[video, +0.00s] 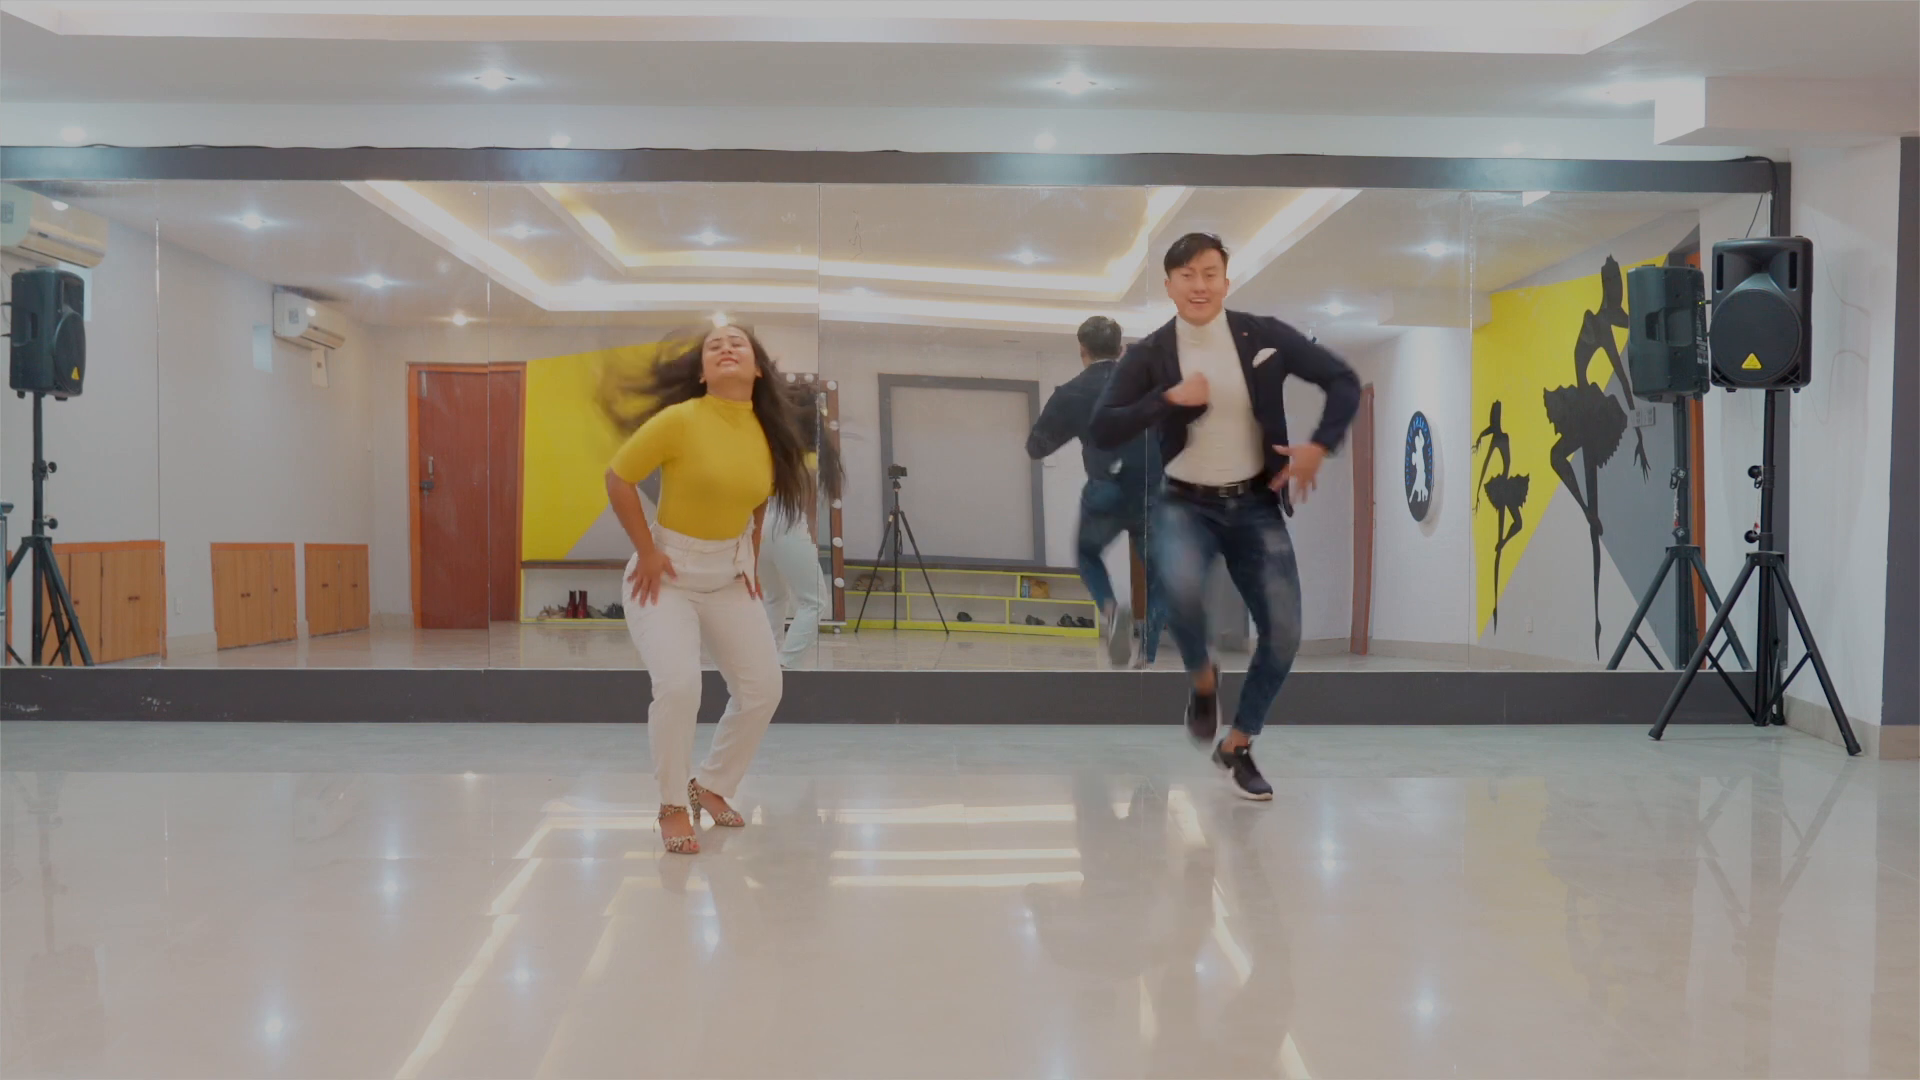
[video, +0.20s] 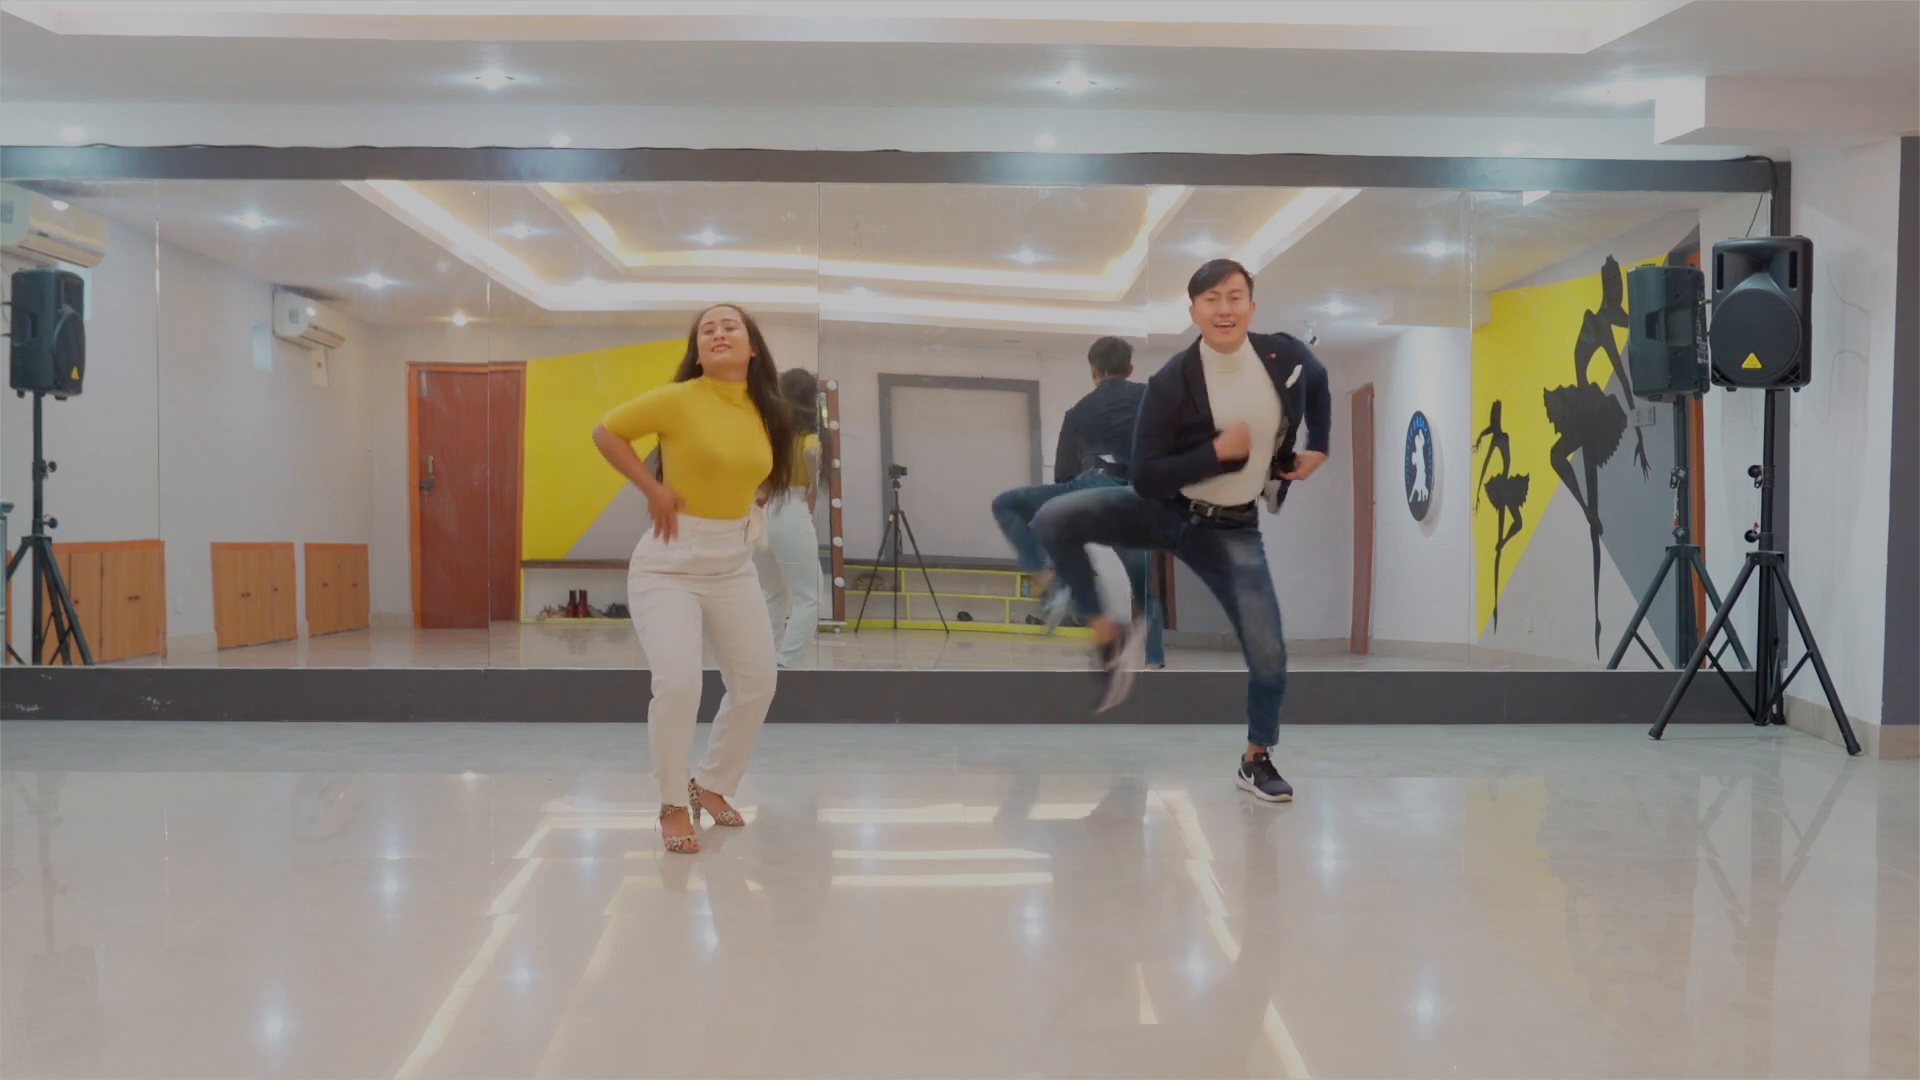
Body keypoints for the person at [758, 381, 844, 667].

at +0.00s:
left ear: (784, 421)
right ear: (814, 423)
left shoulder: (774, 447)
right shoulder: (814, 452)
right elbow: (812, 499)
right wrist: (813, 537)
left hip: (759, 524)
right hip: (789, 526)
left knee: (772, 599)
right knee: (813, 602)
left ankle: (766, 660)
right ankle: (785, 664)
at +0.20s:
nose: (818, 402)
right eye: (815, 395)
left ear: (780, 398)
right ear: (811, 400)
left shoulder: (768, 431)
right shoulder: (808, 433)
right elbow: (811, 455)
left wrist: (762, 494)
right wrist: (812, 493)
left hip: (759, 513)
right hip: (791, 514)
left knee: (773, 594)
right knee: (806, 596)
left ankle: (765, 659)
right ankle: (786, 665)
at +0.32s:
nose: (816, 396)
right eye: (815, 390)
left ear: (780, 391)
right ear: (812, 394)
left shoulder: (767, 428)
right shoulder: (814, 434)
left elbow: (760, 473)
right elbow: (816, 482)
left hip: (760, 502)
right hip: (794, 506)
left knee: (772, 590)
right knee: (805, 593)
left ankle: (768, 655)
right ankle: (785, 660)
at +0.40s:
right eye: (814, 385)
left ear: (781, 387)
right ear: (813, 388)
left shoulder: (767, 422)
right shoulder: (818, 428)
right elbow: (825, 468)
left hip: (761, 504)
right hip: (796, 505)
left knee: (771, 591)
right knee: (803, 593)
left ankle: (767, 659)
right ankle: (783, 663)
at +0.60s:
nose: (814, 382)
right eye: (813, 376)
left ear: (780, 373)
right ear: (810, 377)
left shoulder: (764, 402)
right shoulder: (809, 406)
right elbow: (847, 437)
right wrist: (836, 410)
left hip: (760, 499)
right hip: (796, 501)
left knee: (769, 585)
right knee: (798, 588)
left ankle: (770, 655)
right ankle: (785, 662)